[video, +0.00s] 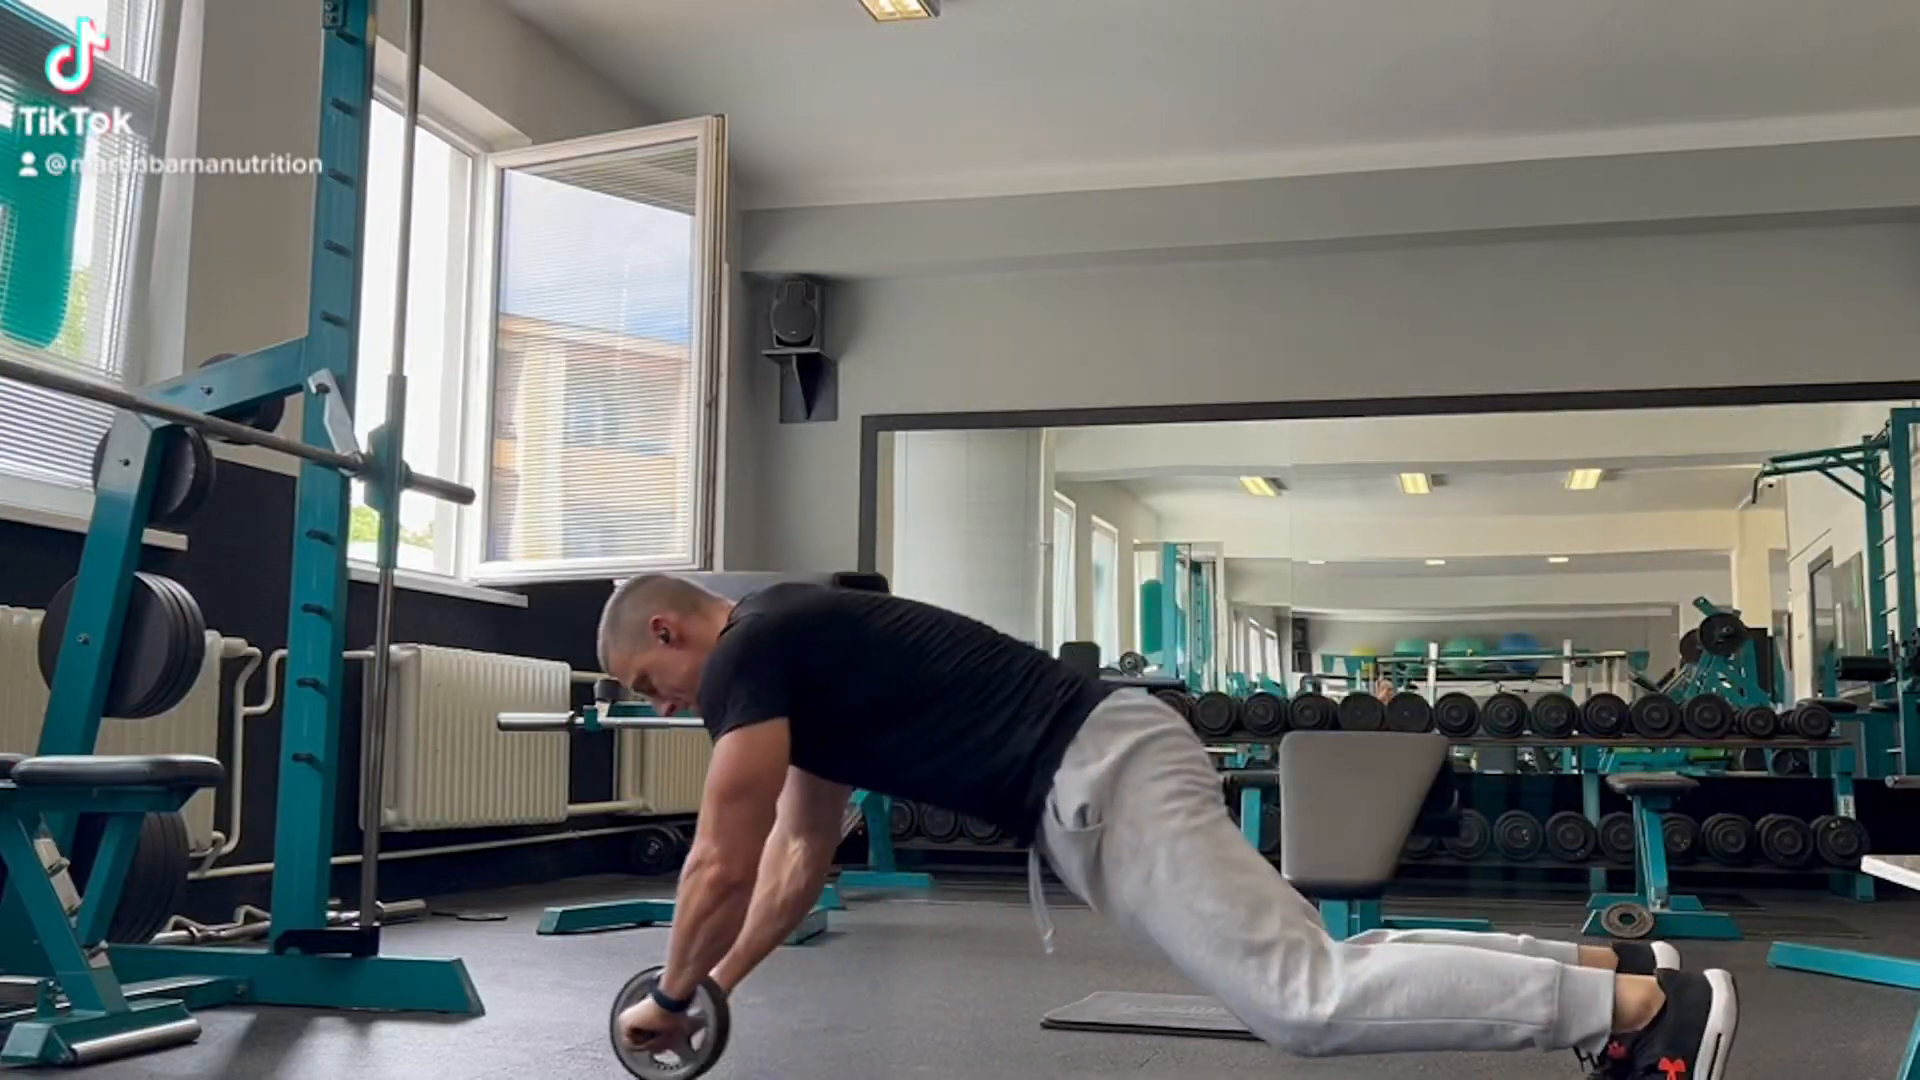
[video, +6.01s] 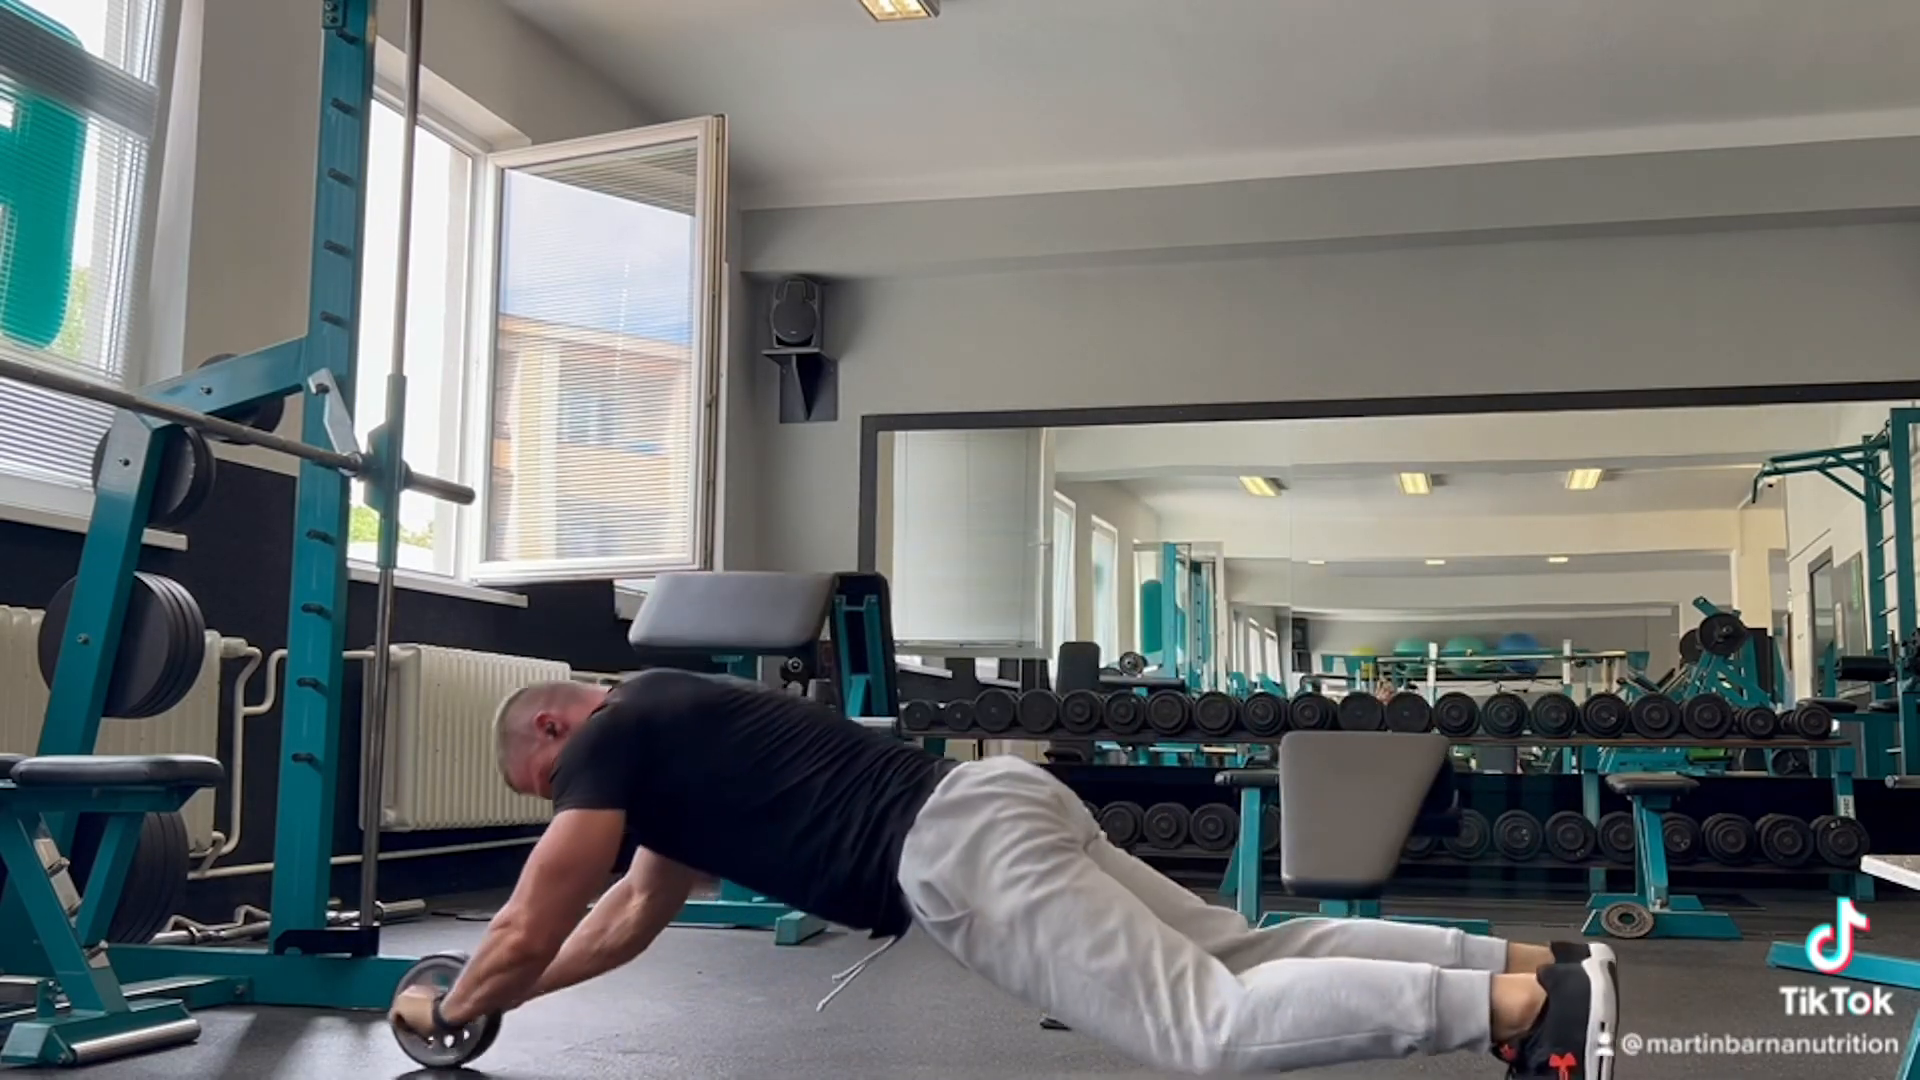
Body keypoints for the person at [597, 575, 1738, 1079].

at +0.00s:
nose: (661, 709)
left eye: (647, 682)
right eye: (647, 696)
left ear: (676, 624)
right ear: (696, 624)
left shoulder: (762, 646)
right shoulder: (809, 660)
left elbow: (723, 854)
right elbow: (792, 865)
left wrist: (672, 990)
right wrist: (701, 993)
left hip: (1103, 758)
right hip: (1085, 789)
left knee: (1304, 987)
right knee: (1291, 983)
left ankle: (1635, 1001)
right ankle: (1598, 982)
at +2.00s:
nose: (981, 746)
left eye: (952, 731)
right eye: (955, 742)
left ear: (958, 662)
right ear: (962, 652)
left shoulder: (1065, 614)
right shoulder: (1066, 620)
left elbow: (1124, 840)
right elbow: (1137, 836)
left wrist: (1120, 1004)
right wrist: (1123, 991)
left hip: (1394, 526)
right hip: (1386, 534)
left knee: (1499, 822)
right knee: (1491, 819)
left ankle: (1742, 1040)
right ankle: (1680, 1010)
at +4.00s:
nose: (496, 986)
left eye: (498, 969)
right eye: (496, 974)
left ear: (534, 925)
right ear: (579, 898)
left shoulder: (598, 920)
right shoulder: (663, 913)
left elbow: (403, 1047)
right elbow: (557, 1025)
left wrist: (327, 1013)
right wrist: (421, 1026)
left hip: (938, 1009)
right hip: (959, 961)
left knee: (1240, 1049)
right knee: (1240, 1022)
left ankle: (1534, 997)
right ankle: (1526, 991)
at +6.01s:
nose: (540, 790)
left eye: (529, 765)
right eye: (532, 776)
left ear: (556, 719)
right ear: (591, 710)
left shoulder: (622, 735)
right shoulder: (688, 731)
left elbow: (529, 943)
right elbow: (636, 924)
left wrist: (451, 1000)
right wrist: (515, 989)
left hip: (961, 841)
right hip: (999, 795)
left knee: (1200, 1025)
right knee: (1237, 957)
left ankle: (1511, 1006)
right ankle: (1525, 978)